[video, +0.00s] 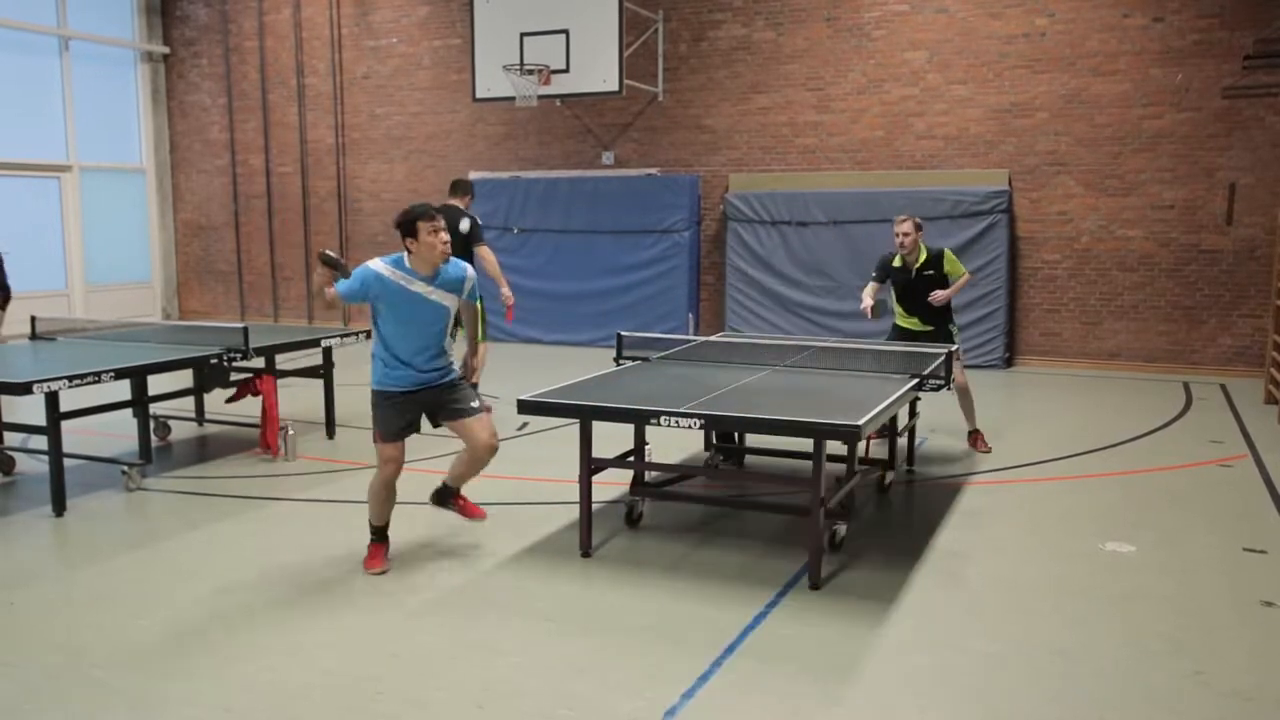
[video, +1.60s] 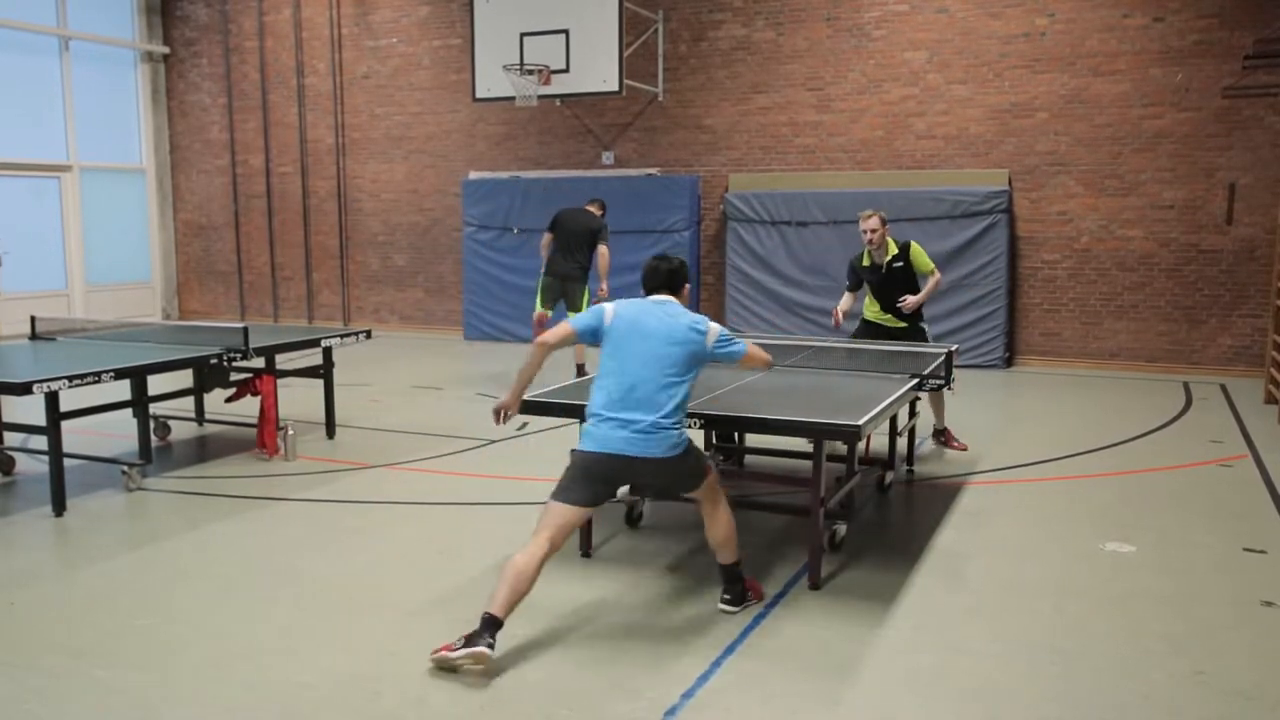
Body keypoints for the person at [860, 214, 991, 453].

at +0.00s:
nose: (901, 240)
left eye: (906, 235)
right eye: (897, 235)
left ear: (919, 236)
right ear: (893, 238)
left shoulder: (940, 256)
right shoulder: (889, 263)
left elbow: (965, 275)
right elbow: (871, 288)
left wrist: (949, 292)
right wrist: (867, 299)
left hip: (939, 329)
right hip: (904, 329)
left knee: (960, 382)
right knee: (885, 374)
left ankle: (974, 431)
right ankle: (887, 425)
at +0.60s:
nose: (899, 252)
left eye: (903, 246)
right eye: (895, 247)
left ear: (918, 244)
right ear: (893, 248)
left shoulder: (941, 263)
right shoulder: (889, 273)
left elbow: (980, 280)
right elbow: (868, 303)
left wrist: (961, 285)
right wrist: (847, 313)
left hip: (936, 340)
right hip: (899, 337)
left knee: (966, 392)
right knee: (869, 380)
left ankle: (971, 434)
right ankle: (860, 432)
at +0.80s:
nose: (850, 255)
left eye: (854, 250)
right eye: (847, 251)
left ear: (871, 246)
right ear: (847, 251)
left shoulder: (897, 259)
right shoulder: (848, 278)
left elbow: (934, 266)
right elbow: (826, 309)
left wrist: (938, 274)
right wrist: (800, 313)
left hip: (902, 343)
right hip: (865, 344)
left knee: (934, 389)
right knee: (836, 385)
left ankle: (964, 433)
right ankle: (810, 437)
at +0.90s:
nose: (828, 263)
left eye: (833, 258)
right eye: (826, 259)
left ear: (849, 254)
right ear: (827, 260)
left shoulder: (873, 267)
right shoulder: (827, 289)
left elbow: (904, 271)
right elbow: (805, 312)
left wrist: (919, 279)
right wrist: (778, 315)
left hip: (888, 347)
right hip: (851, 350)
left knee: (921, 391)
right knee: (826, 390)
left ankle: (952, 435)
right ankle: (810, 438)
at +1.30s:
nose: (837, 259)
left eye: (842, 253)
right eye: (833, 255)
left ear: (854, 253)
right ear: (828, 257)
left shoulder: (872, 271)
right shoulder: (822, 289)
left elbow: (897, 284)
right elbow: (810, 319)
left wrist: (906, 302)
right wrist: (799, 328)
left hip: (881, 349)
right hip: (844, 352)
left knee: (918, 385)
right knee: (818, 388)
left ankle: (936, 432)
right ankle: (810, 438)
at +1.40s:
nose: (853, 254)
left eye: (859, 248)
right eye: (849, 249)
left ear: (871, 249)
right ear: (845, 252)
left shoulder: (890, 269)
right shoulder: (839, 281)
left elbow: (919, 289)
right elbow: (829, 314)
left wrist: (916, 305)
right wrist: (817, 324)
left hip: (894, 350)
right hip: (856, 352)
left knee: (927, 386)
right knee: (826, 388)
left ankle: (937, 433)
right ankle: (810, 439)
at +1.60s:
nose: (868, 237)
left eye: (873, 231)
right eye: (864, 232)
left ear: (886, 231)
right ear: (860, 234)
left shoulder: (908, 250)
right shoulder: (858, 262)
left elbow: (935, 276)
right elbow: (851, 292)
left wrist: (919, 298)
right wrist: (841, 308)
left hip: (909, 325)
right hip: (873, 324)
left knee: (931, 375)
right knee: (848, 366)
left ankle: (940, 429)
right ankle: (858, 428)